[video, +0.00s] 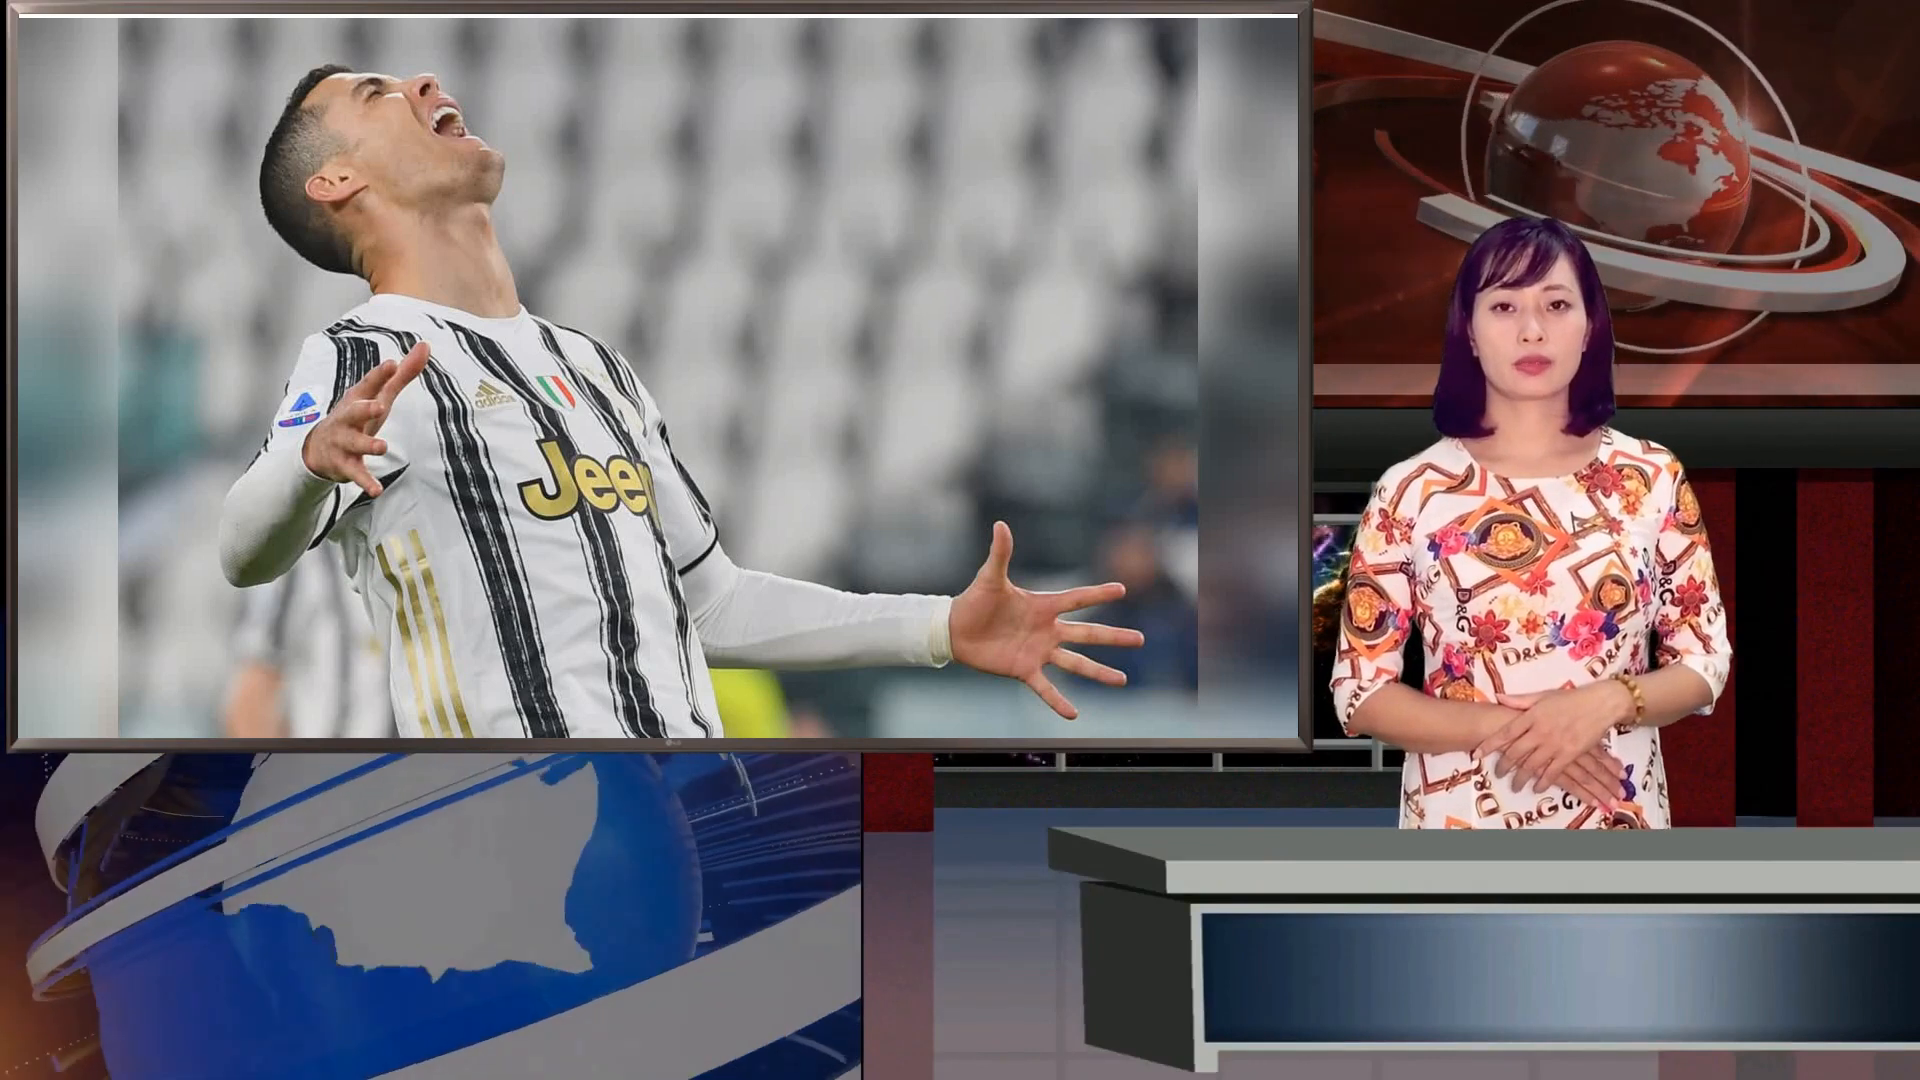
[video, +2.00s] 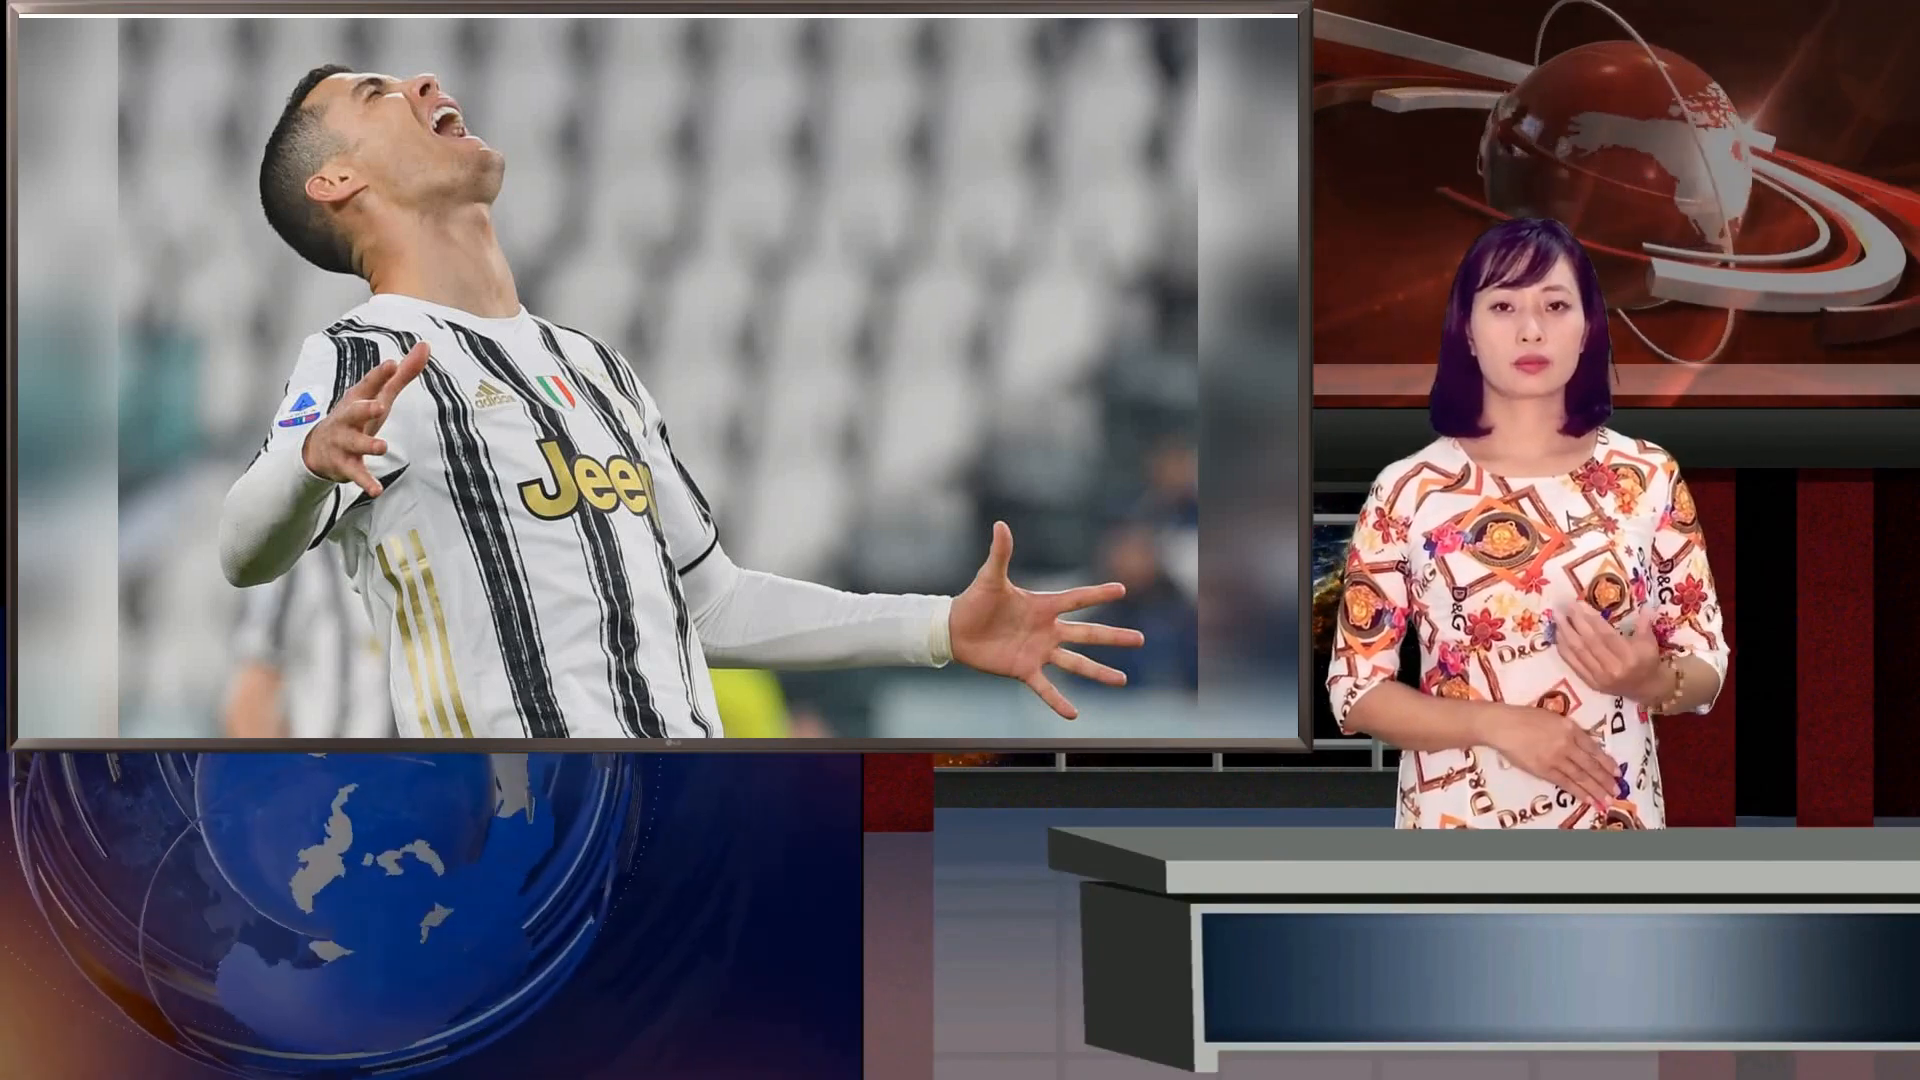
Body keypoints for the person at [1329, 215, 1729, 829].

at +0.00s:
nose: (1532, 329)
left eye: (1557, 305)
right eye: (1504, 307)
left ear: (1590, 325)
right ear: (1467, 328)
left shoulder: (1650, 478)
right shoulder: (1409, 492)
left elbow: (1704, 661)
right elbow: (1359, 691)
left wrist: (1606, 702)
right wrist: (1517, 732)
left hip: (1617, 830)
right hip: (1460, 831)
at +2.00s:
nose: (1531, 329)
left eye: (1555, 305)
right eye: (1502, 307)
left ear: (1588, 326)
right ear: (1466, 328)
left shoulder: (1647, 479)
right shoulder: (1406, 492)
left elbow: (1704, 668)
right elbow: (1355, 689)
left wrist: (1652, 682)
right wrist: (1498, 724)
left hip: (1613, 833)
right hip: (1456, 832)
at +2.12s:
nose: (1530, 328)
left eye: (1555, 305)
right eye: (1502, 307)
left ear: (1589, 326)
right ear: (1466, 328)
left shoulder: (1647, 479)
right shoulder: (1407, 492)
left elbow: (1699, 655)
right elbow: (1355, 688)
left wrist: (1647, 699)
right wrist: (1500, 725)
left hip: (1613, 832)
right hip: (1457, 831)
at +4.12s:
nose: (1532, 331)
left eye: (1558, 307)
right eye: (1504, 308)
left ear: (1592, 327)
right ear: (1468, 329)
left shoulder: (1651, 479)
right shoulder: (1409, 492)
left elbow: (1704, 659)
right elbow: (1357, 690)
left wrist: (1636, 702)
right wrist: (1495, 726)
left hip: (1616, 832)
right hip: (1460, 830)